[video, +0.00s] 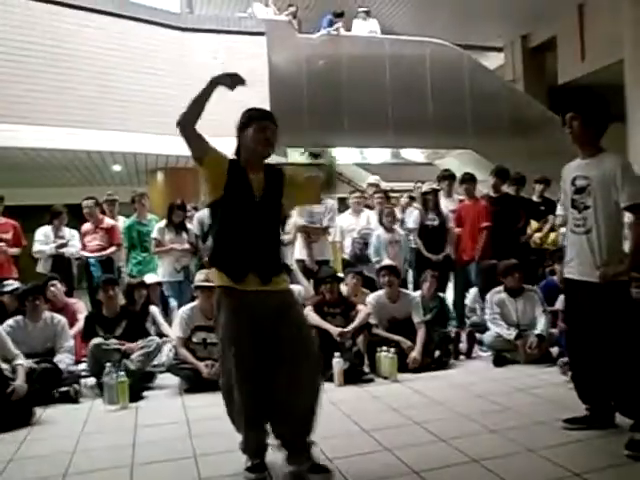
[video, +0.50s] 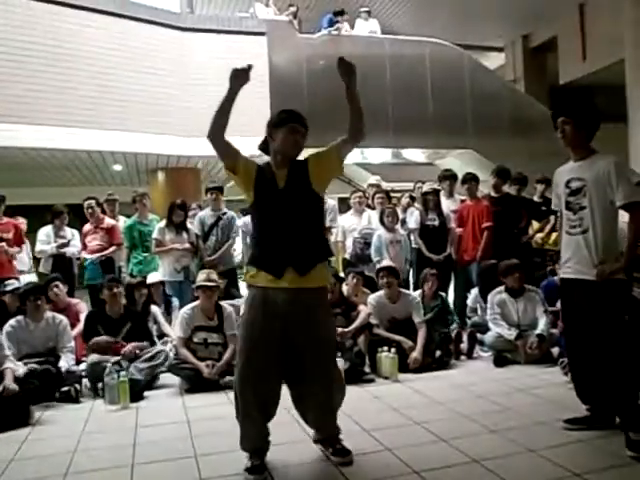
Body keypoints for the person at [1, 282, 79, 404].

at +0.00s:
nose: (36, 303)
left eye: (39, 299)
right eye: (32, 300)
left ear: (45, 303)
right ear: (25, 304)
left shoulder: (58, 322)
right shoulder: (11, 326)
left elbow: (67, 352)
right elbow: (5, 356)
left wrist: (54, 367)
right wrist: (24, 365)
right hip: (23, 369)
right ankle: (54, 396)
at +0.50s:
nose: (38, 303)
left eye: (41, 299)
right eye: (34, 300)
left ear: (46, 301)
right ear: (25, 304)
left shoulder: (59, 322)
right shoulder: (12, 327)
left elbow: (68, 350)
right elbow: (8, 357)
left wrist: (61, 368)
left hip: (54, 367)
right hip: (25, 370)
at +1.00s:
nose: (39, 302)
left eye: (42, 298)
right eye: (34, 299)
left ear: (47, 301)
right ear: (26, 304)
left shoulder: (60, 322)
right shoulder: (13, 327)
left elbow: (68, 352)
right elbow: (12, 361)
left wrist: (57, 370)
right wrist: (30, 376)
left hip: (54, 368)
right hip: (27, 372)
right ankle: (68, 393)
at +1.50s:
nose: (40, 302)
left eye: (42, 298)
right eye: (35, 299)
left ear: (48, 301)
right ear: (26, 304)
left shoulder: (61, 322)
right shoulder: (14, 326)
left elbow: (68, 353)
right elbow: (10, 359)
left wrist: (56, 372)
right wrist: (26, 375)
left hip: (53, 368)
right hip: (27, 371)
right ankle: (67, 394)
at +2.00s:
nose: (40, 302)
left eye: (42, 298)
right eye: (35, 299)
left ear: (48, 300)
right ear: (26, 304)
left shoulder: (60, 321)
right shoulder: (14, 326)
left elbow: (68, 352)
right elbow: (11, 360)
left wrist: (57, 371)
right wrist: (26, 375)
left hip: (54, 369)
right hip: (27, 371)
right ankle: (68, 393)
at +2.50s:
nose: (39, 303)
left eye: (42, 299)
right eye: (34, 300)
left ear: (47, 301)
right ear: (25, 305)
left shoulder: (60, 321)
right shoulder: (14, 326)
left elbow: (69, 352)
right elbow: (10, 359)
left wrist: (58, 371)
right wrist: (24, 375)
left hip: (53, 367)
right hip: (28, 370)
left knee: (76, 374)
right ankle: (69, 394)